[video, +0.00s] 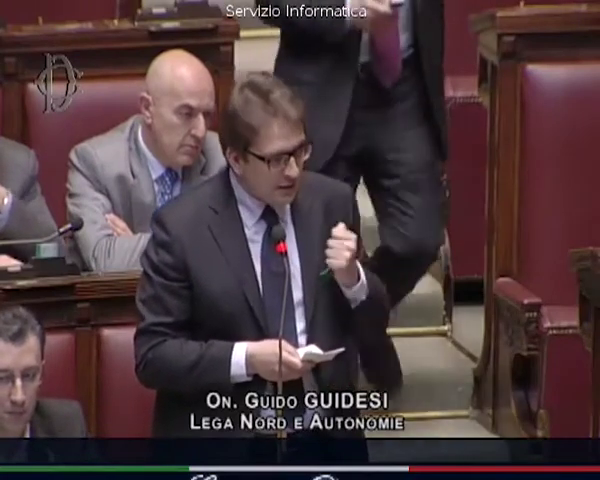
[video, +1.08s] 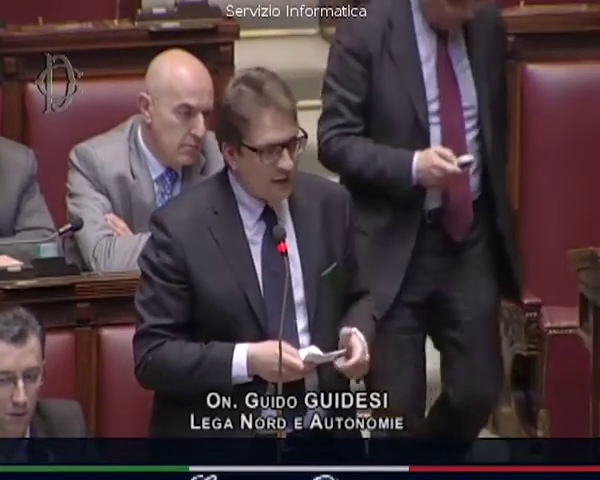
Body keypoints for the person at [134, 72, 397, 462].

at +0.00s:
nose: (294, 170)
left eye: (300, 152)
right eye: (277, 159)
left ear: (309, 142)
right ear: (235, 157)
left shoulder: (333, 200)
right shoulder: (180, 224)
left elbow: (374, 322)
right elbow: (153, 356)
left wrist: (353, 280)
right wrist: (246, 358)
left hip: (324, 436)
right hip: (219, 443)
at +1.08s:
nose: (287, 163)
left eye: (293, 144)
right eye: (270, 151)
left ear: (302, 135)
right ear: (231, 153)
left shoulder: (331, 203)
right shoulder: (179, 225)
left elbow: (358, 296)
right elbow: (153, 357)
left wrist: (357, 331)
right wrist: (246, 359)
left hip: (322, 436)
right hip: (219, 441)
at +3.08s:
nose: (276, 154)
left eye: (292, 140)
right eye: (263, 136)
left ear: (310, 143)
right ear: (241, 134)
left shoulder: (349, 209)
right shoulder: (189, 215)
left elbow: (378, 315)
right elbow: (157, 346)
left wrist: (353, 352)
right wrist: (246, 355)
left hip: (328, 439)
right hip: (220, 441)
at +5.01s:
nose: (293, 200)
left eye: (303, 184)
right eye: (280, 186)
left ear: (313, 163)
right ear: (243, 167)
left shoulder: (336, 206)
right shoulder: (181, 224)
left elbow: (363, 308)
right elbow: (156, 355)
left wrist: (356, 342)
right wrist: (245, 358)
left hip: (322, 438)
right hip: (217, 444)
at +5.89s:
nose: (298, 206)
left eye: (310, 190)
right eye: (285, 192)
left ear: (321, 167)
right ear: (248, 168)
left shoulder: (342, 208)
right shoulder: (187, 223)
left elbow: (369, 311)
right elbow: (162, 355)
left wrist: (360, 345)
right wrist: (250, 358)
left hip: (325, 442)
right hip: (221, 446)